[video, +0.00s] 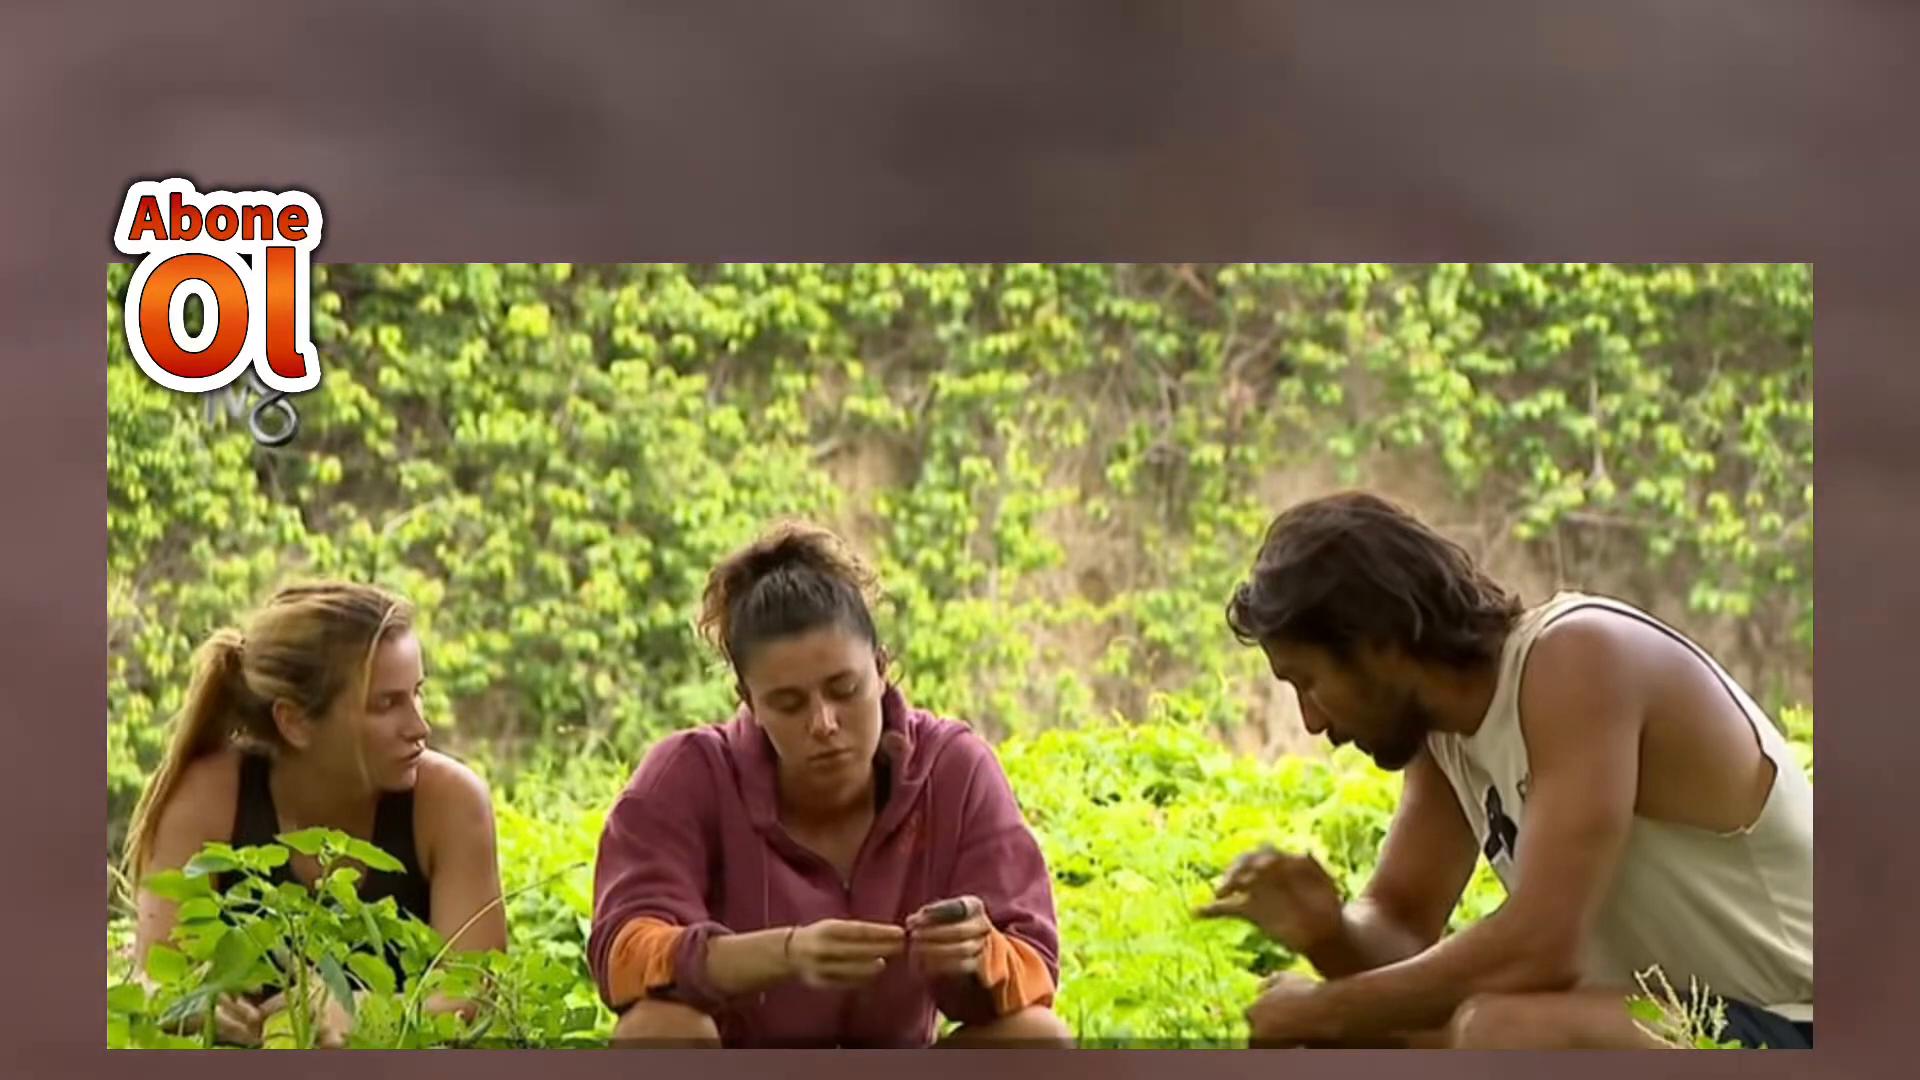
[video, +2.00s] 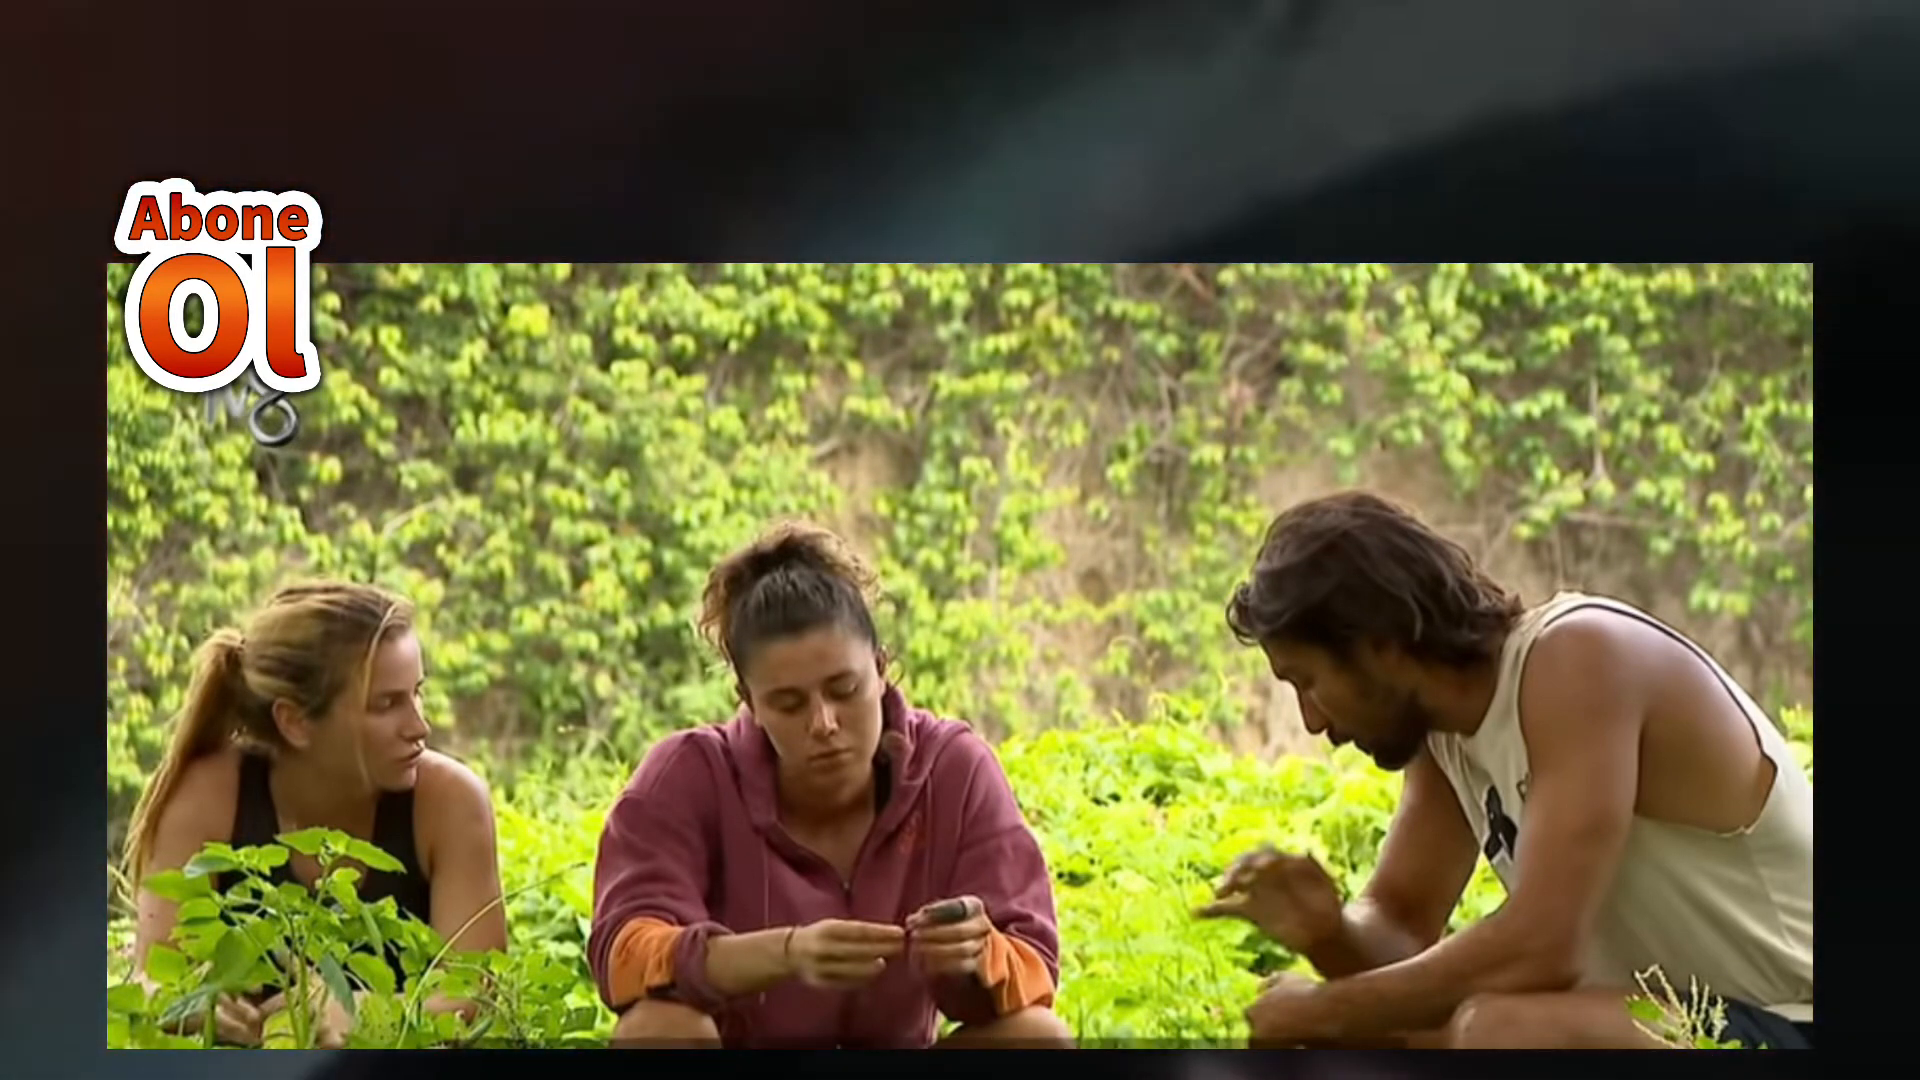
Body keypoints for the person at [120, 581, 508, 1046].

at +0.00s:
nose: (420, 726)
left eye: (417, 695)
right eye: (388, 704)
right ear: (295, 722)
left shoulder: (451, 799)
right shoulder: (206, 793)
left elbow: (470, 1000)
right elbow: (154, 983)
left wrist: (354, 1013)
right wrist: (201, 1008)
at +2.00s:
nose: (420, 725)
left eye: (417, 695)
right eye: (387, 705)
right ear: (295, 723)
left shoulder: (451, 800)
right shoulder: (206, 793)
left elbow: (470, 1001)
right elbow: (153, 984)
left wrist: (354, 1013)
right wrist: (200, 1009)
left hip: (385, 1067)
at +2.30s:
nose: (420, 725)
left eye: (417, 695)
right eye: (387, 705)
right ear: (295, 723)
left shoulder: (451, 800)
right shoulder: (206, 793)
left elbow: (470, 1000)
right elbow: (153, 985)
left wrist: (354, 1013)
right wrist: (201, 1009)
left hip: (383, 1065)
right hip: (236, 1067)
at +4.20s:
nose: (420, 725)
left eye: (417, 695)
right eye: (387, 705)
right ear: (295, 722)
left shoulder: (451, 800)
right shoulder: (206, 792)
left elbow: (470, 1000)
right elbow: (153, 983)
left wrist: (354, 1013)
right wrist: (202, 1008)